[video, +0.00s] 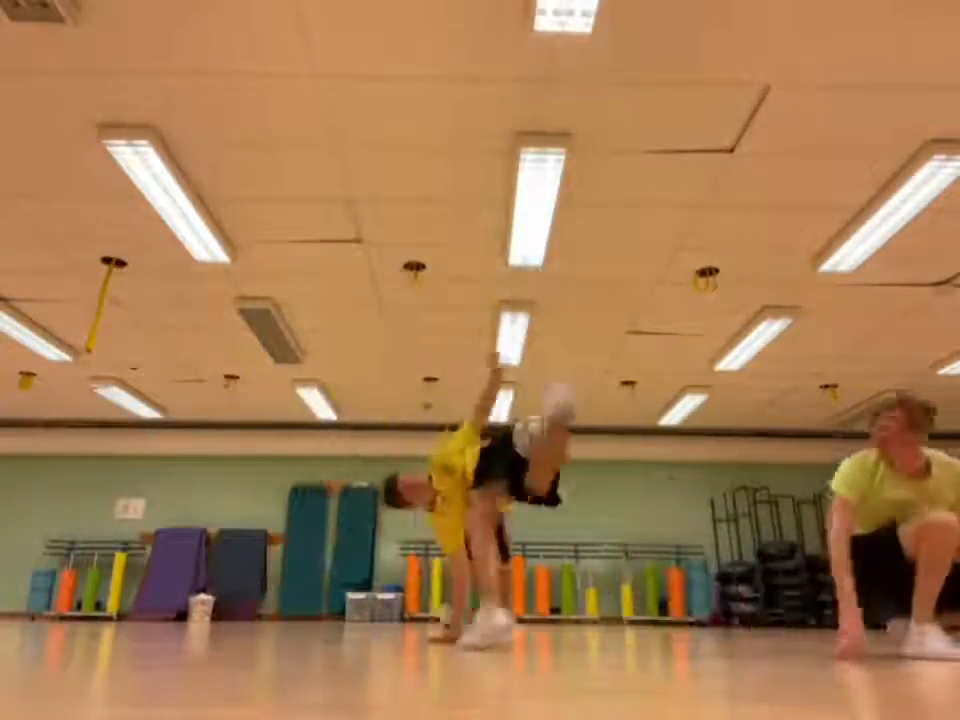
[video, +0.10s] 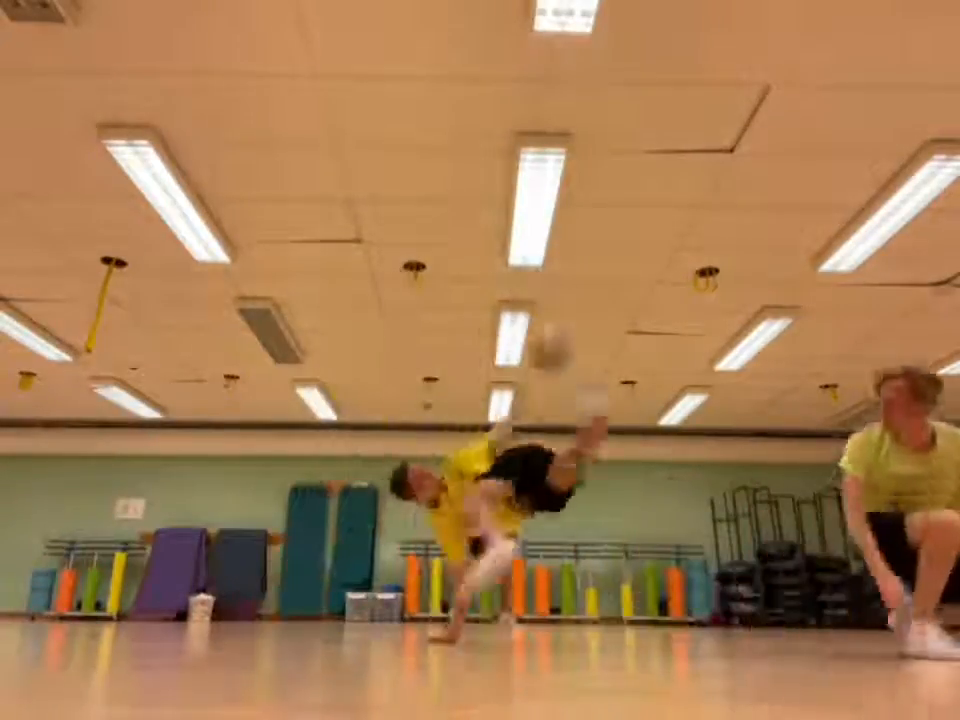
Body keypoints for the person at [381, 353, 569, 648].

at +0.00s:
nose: (416, 494)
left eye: (408, 488)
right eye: (410, 499)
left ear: (411, 478)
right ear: (412, 505)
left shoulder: (444, 459)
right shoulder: (444, 520)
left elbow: (477, 421)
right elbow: (459, 566)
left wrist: (494, 381)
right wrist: (456, 627)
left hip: (497, 453)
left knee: (479, 522)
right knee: (540, 484)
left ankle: (493, 614)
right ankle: (558, 424)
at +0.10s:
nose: (427, 478)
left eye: (422, 473)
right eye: (420, 482)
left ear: (426, 470)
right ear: (416, 497)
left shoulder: (455, 466)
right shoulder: (444, 523)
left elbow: (488, 449)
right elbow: (459, 568)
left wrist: (501, 430)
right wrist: (456, 626)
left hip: (518, 462)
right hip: (530, 501)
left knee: (476, 498)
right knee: (560, 481)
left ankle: (498, 541)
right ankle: (580, 448)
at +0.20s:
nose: (433, 477)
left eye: (428, 470)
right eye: (424, 481)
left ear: (434, 462)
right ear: (423, 491)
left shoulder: (470, 461)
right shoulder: (446, 521)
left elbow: (508, 470)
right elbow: (463, 571)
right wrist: (454, 631)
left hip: (541, 494)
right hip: (535, 535)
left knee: (517, 489)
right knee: (545, 507)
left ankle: (592, 493)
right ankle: (644, 495)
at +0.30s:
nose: (462, 451)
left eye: (457, 447)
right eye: (453, 452)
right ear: (446, 471)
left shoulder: (497, 472)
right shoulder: (460, 515)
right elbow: (464, 574)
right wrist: (454, 631)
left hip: (548, 528)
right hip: (525, 557)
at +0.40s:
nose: (508, 466)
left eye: (506, 461)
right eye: (501, 463)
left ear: (501, 469)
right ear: (488, 472)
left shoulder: (522, 502)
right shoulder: (482, 508)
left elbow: (524, 555)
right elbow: (468, 564)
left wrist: (511, 607)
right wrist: (450, 612)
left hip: (554, 577)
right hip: (525, 579)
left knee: (621, 529)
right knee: (591, 544)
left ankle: (671, 554)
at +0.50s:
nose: (562, 519)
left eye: (565, 515)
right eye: (557, 512)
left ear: (567, 519)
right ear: (545, 511)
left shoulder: (556, 550)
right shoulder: (527, 527)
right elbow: (495, 522)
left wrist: (528, 630)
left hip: (555, 610)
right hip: (527, 602)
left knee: (637, 588)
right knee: (598, 541)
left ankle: (714, 613)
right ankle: (558, 624)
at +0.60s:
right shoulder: (545, 550)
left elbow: (523, 633)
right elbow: (550, 505)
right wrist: (576, 485)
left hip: (549, 633)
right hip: (533, 588)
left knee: (638, 626)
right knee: (609, 533)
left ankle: (719, 637)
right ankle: (573, 600)